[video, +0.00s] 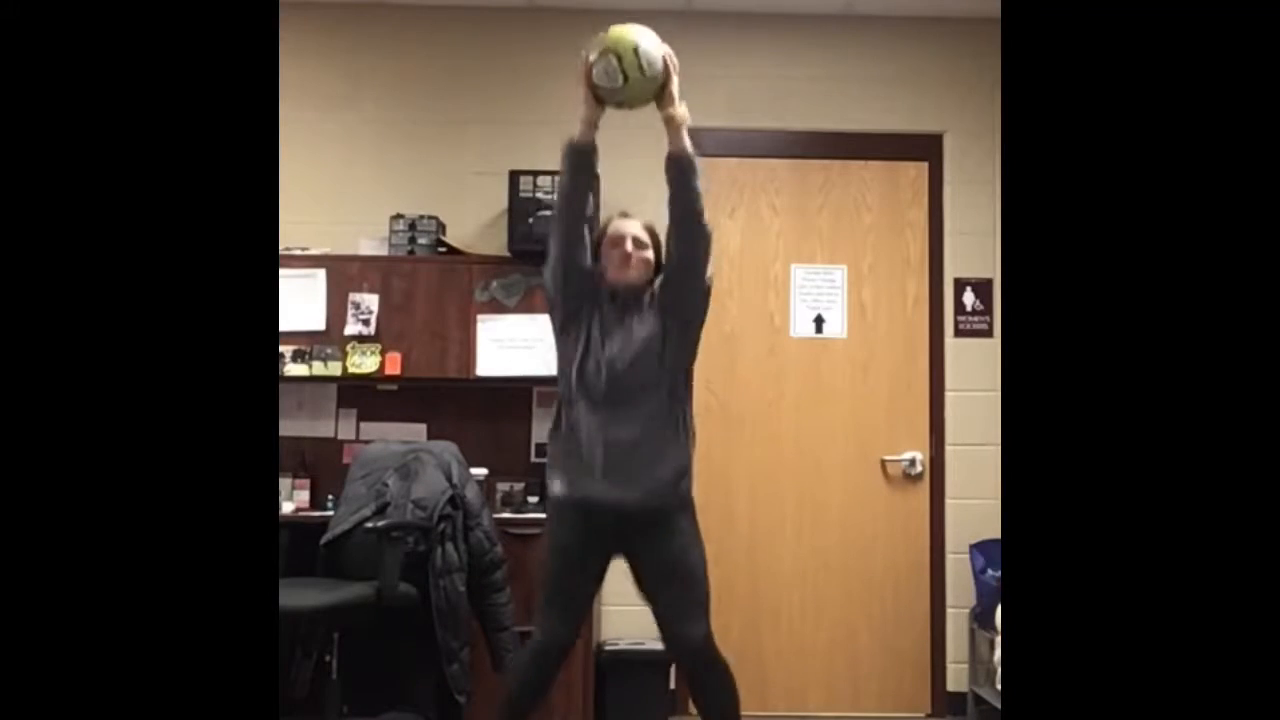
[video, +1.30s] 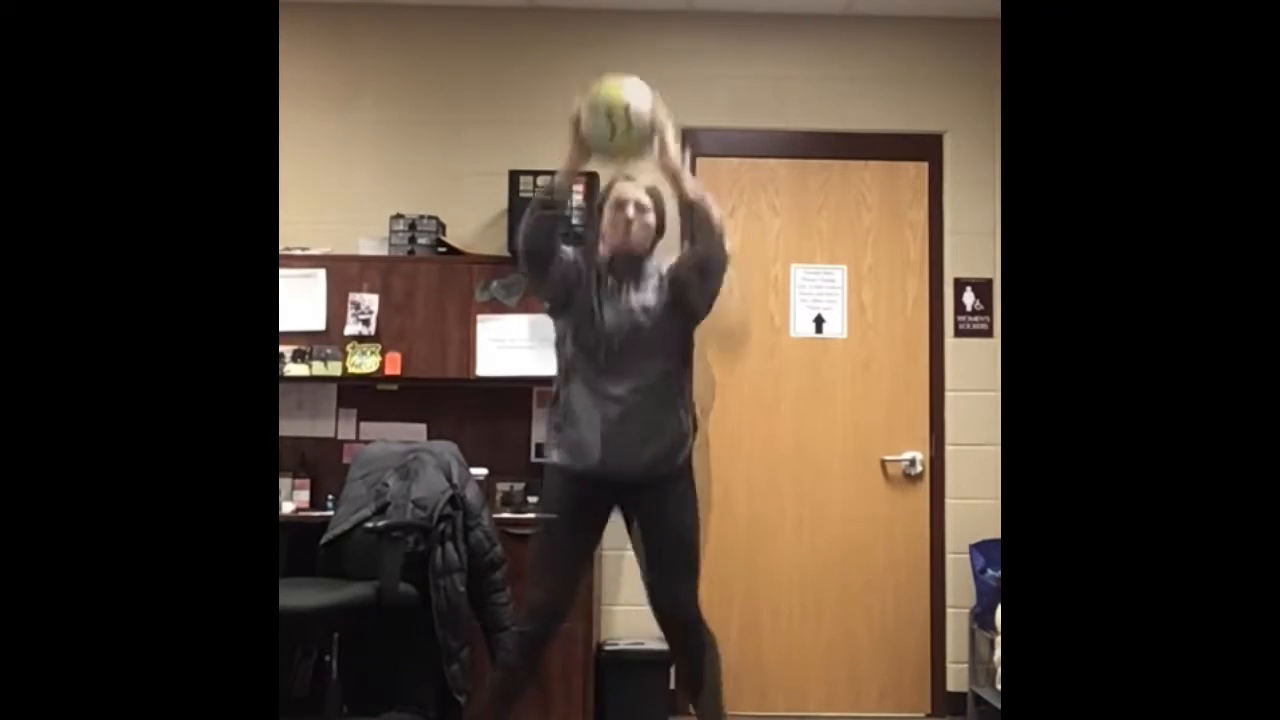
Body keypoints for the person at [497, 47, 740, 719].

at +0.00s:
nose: (630, 248)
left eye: (641, 242)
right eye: (618, 241)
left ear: (657, 262)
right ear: (596, 260)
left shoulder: (675, 317)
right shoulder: (577, 314)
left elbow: (691, 232)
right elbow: (570, 222)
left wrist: (675, 122)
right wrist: (588, 118)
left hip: (659, 507)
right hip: (580, 506)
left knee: (693, 646)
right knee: (549, 644)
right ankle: (505, 713)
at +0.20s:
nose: (635, 203)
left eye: (647, 197)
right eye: (623, 195)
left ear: (664, 217)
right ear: (603, 213)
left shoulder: (684, 277)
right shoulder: (579, 273)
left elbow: (716, 250)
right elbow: (540, 245)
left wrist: (685, 167)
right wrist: (580, 162)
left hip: (669, 461)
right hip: (586, 459)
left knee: (690, 609)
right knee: (560, 602)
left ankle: (723, 717)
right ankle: (513, 710)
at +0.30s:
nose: (633, 201)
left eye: (645, 191)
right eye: (621, 191)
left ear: (667, 198)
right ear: (601, 199)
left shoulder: (694, 259)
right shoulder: (576, 256)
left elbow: (725, 308)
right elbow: (534, 299)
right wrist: (581, 241)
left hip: (671, 450)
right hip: (591, 447)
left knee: (676, 591)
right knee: (575, 587)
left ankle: (691, 710)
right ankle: (553, 709)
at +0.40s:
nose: (640, 213)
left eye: (651, 206)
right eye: (628, 206)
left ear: (668, 224)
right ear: (608, 222)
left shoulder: (695, 299)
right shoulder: (570, 295)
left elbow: (718, 387)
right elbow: (542, 383)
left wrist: (671, 342)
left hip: (672, 479)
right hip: (591, 478)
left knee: (664, 618)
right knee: (595, 618)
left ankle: (663, 713)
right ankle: (602, 713)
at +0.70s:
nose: (639, 186)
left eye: (651, 175)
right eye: (626, 175)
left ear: (671, 184)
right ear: (603, 183)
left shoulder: (683, 253)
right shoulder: (585, 254)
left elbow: (725, 295)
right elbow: (545, 298)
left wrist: (688, 247)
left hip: (672, 447)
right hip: (594, 447)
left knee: (671, 592)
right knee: (583, 590)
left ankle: (675, 706)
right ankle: (577, 709)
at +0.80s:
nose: (642, 196)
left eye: (654, 189)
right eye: (629, 188)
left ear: (671, 206)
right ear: (610, 205)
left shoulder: (692, 267)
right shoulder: (586, 264)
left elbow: (724, 212)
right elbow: (559, 211)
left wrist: (686, 128)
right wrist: (597, 122)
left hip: (670, 444)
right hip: (593, 443)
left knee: (685, 595)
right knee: (569, 596)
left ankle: (704, 705)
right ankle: (541, 706)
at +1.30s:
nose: (628, 215)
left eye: (641, 208)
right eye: (617, 205)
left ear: (659, 226)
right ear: (598, 220)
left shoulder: (675, 290)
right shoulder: (576, 283)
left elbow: (709, 249)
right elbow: (535, 249)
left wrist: (675, 170)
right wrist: (571, 166)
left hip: (658, 468)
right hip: (578, 466)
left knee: (680, 615)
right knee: (543, 611)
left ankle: (708, 712)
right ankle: (487, 709)